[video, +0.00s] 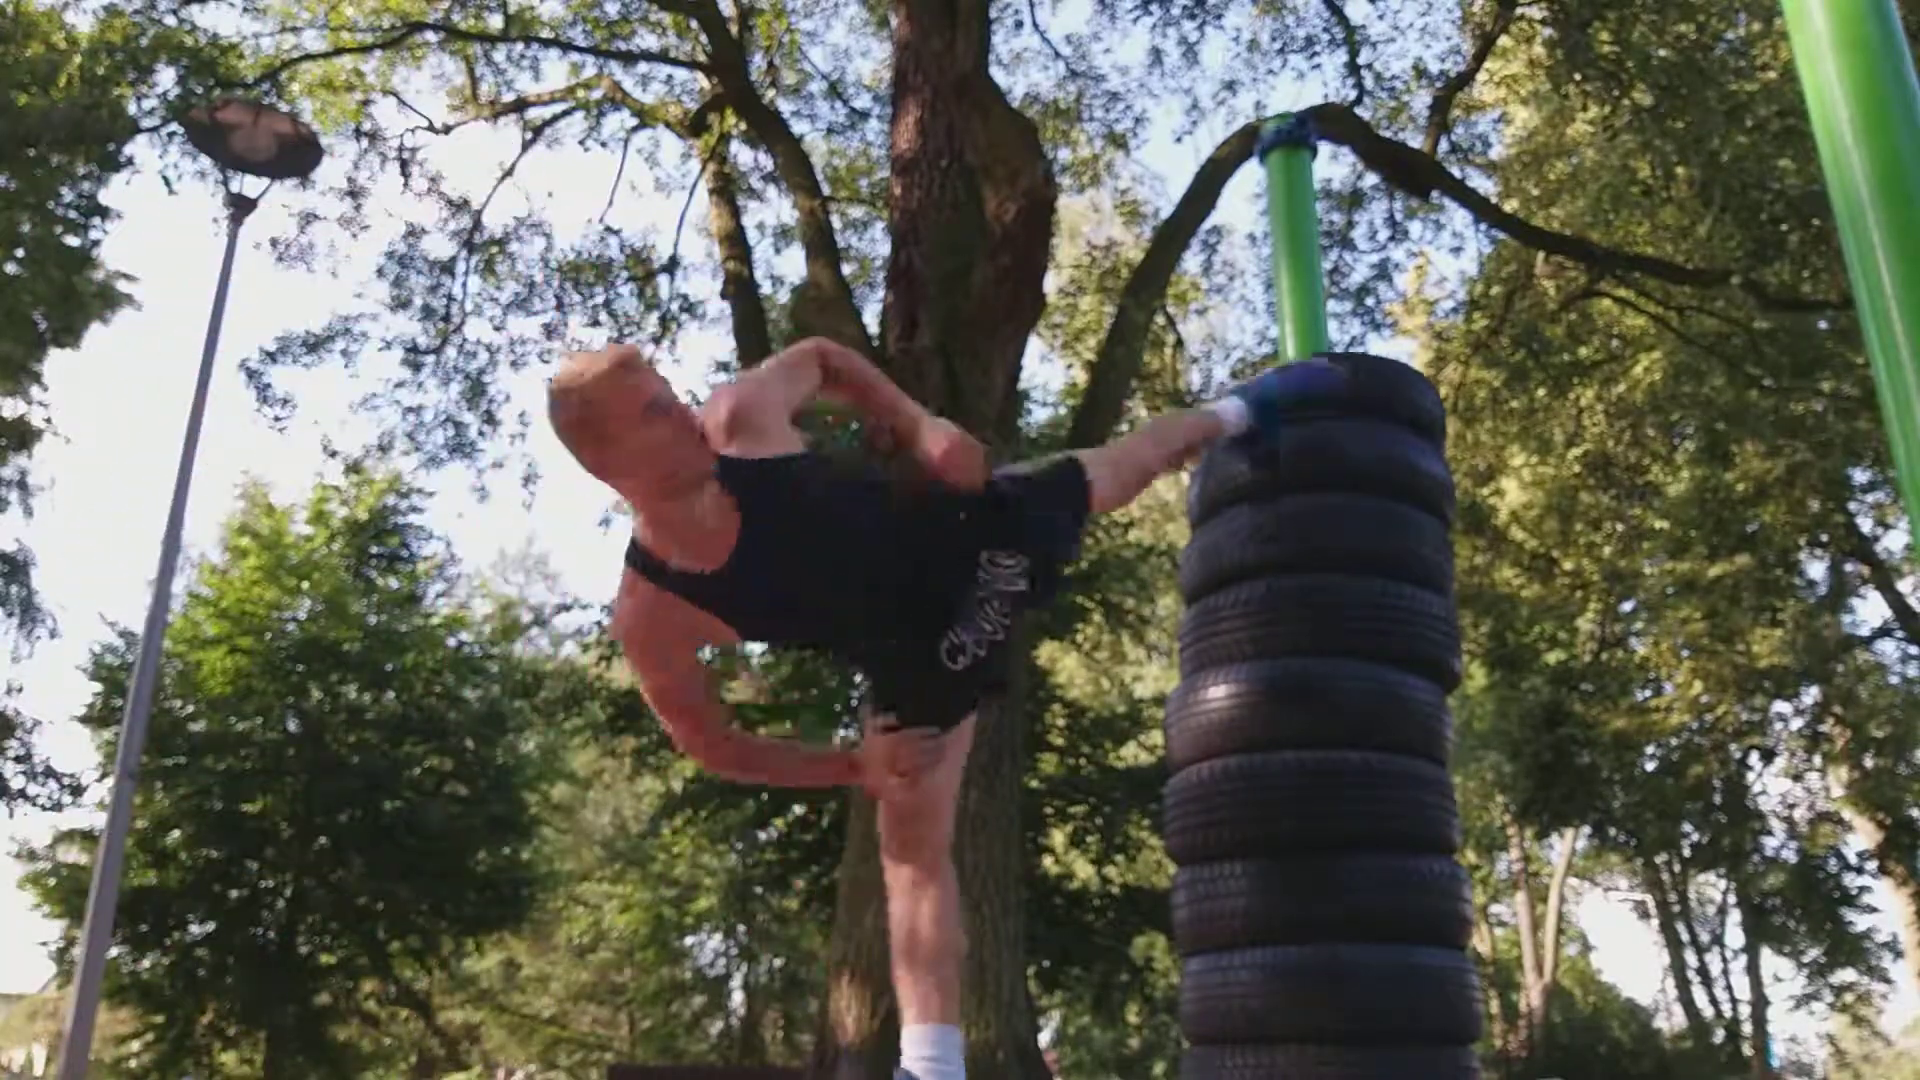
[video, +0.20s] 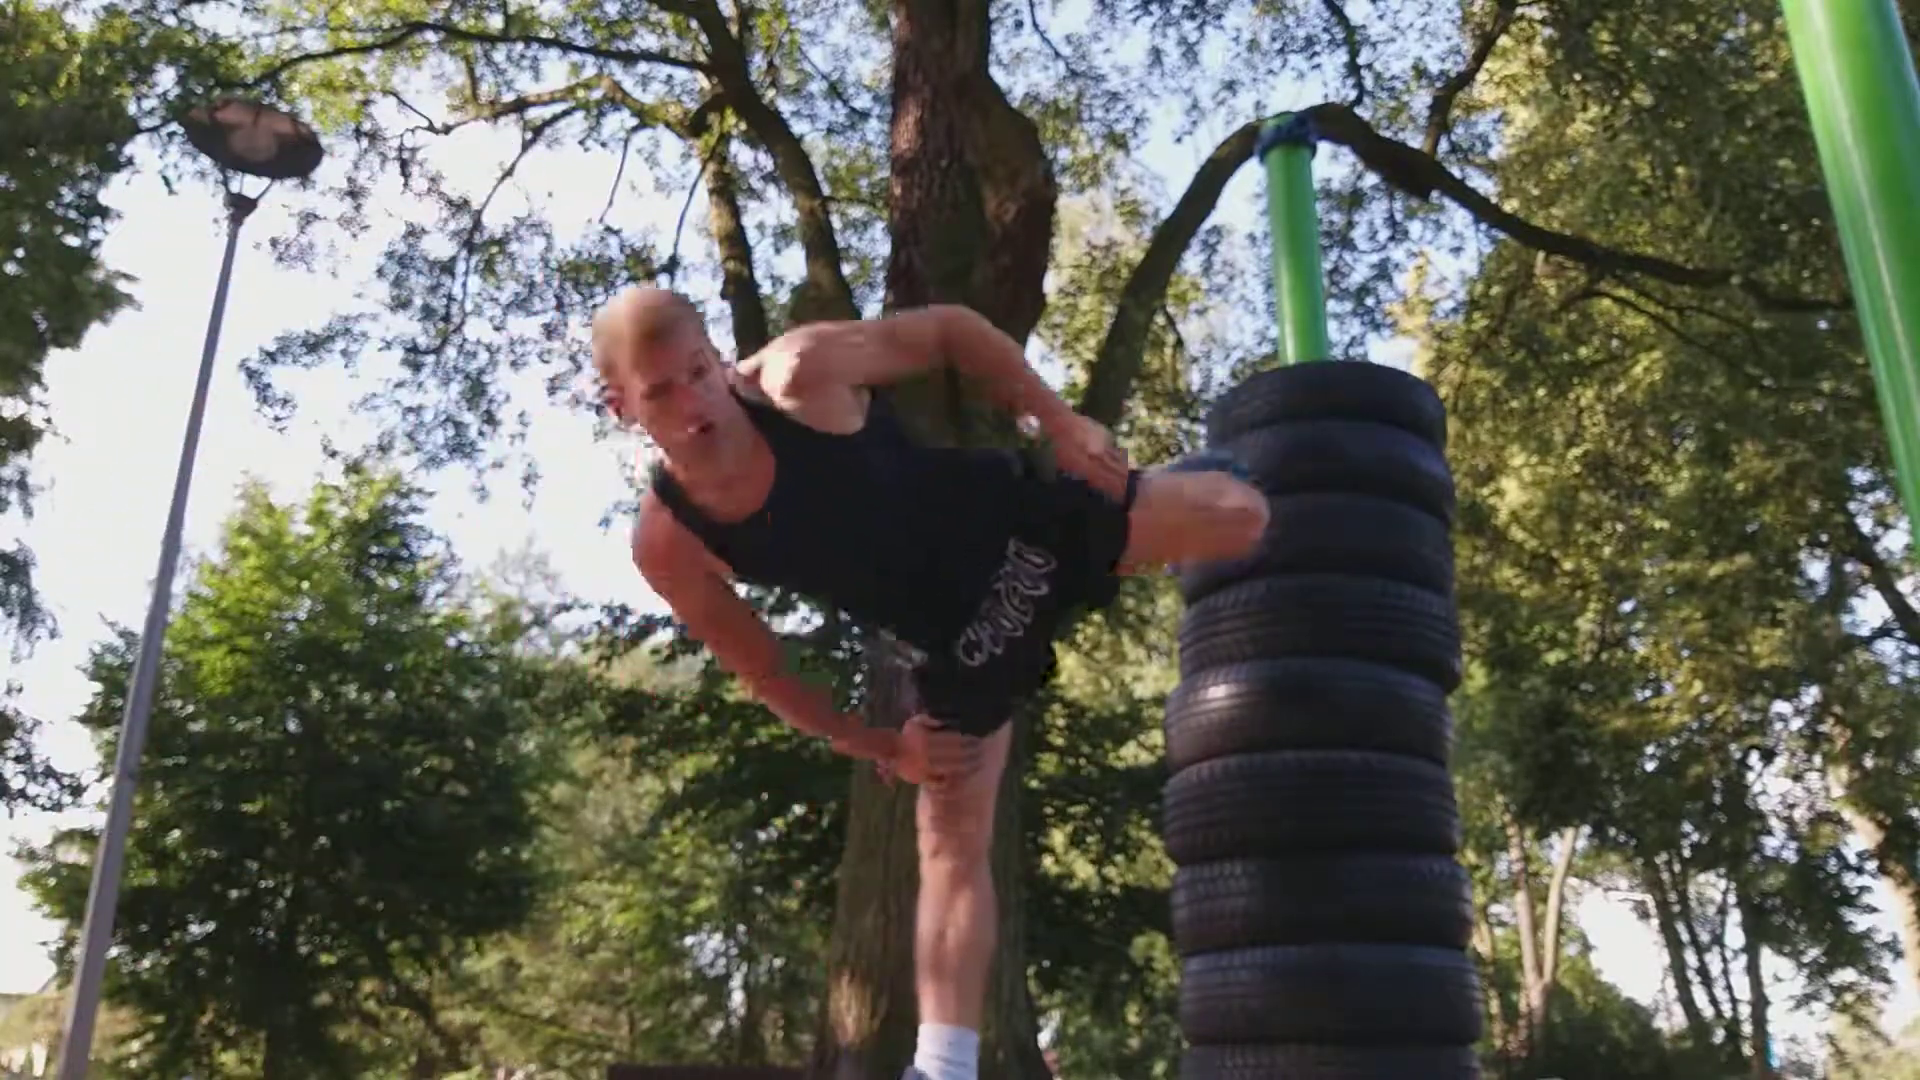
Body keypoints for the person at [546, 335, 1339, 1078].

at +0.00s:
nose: (685, 412)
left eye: (674, 394)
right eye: (655, 413)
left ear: (682, 399)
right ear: (609, 465)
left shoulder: (744, 418)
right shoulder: (651, 615)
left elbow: (821, 356)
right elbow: (713, 747)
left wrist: (919, 423)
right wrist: (844, 767)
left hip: (964, 536)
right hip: (911, 652)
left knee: (1124, 467)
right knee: (911, 840)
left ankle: (1238, 408)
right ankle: (931, 1064)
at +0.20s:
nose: (690, 403)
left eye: (696, 373)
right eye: (660, 393)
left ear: (716, 354)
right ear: (622, 409)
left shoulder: (800, 368)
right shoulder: (669, 543)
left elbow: (951, 332)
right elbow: (765, 674)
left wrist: (1059, 422)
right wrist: (879, 746)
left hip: (1016, 519)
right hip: (949, 630)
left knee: (1245, 519)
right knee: (949, 836)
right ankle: (945, 1066)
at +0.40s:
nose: (777, 131)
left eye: (796, 107)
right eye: (753, 110)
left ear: (828, 118)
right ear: (716, 129)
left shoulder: (910, 209)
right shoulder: (699, 283)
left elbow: (1062, 319)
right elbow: (692, 447)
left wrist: (972, 373)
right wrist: (723, 564)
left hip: (989, 489)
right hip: (877, 557)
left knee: (1086, 661)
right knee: (907, 826)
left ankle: (1162, 980)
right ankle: (940, 1068)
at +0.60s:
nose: (871, 0)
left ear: (907, 16)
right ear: (793, 15)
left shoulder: (961, 122)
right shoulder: (769, 175)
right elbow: (710, 354)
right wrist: (592, 254)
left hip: (969, 474)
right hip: (827, 500)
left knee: (1032, 678)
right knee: (707, 765)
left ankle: (1086, 1038)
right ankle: (891, 980)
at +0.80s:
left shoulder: (907, 54)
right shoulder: (666, 79)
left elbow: (1029, 216)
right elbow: (515, 193)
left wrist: (929, 195)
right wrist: (625, 44)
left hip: (903, 415)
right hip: (732, 413)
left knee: (980, 665)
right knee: (598, 594)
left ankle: (1067, 1037)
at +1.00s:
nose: (800, 14)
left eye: (806, 12)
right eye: (797, 3)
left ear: (770, 14)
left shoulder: (750, 106)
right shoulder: (556, 27)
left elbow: (779, 305)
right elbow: (479, 55)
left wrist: (904, 293)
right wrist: (685, 11)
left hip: (739, 404)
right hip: (579, 386)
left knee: (865, 644)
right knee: (474, 594)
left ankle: (940, 1029)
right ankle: (373, 1021)